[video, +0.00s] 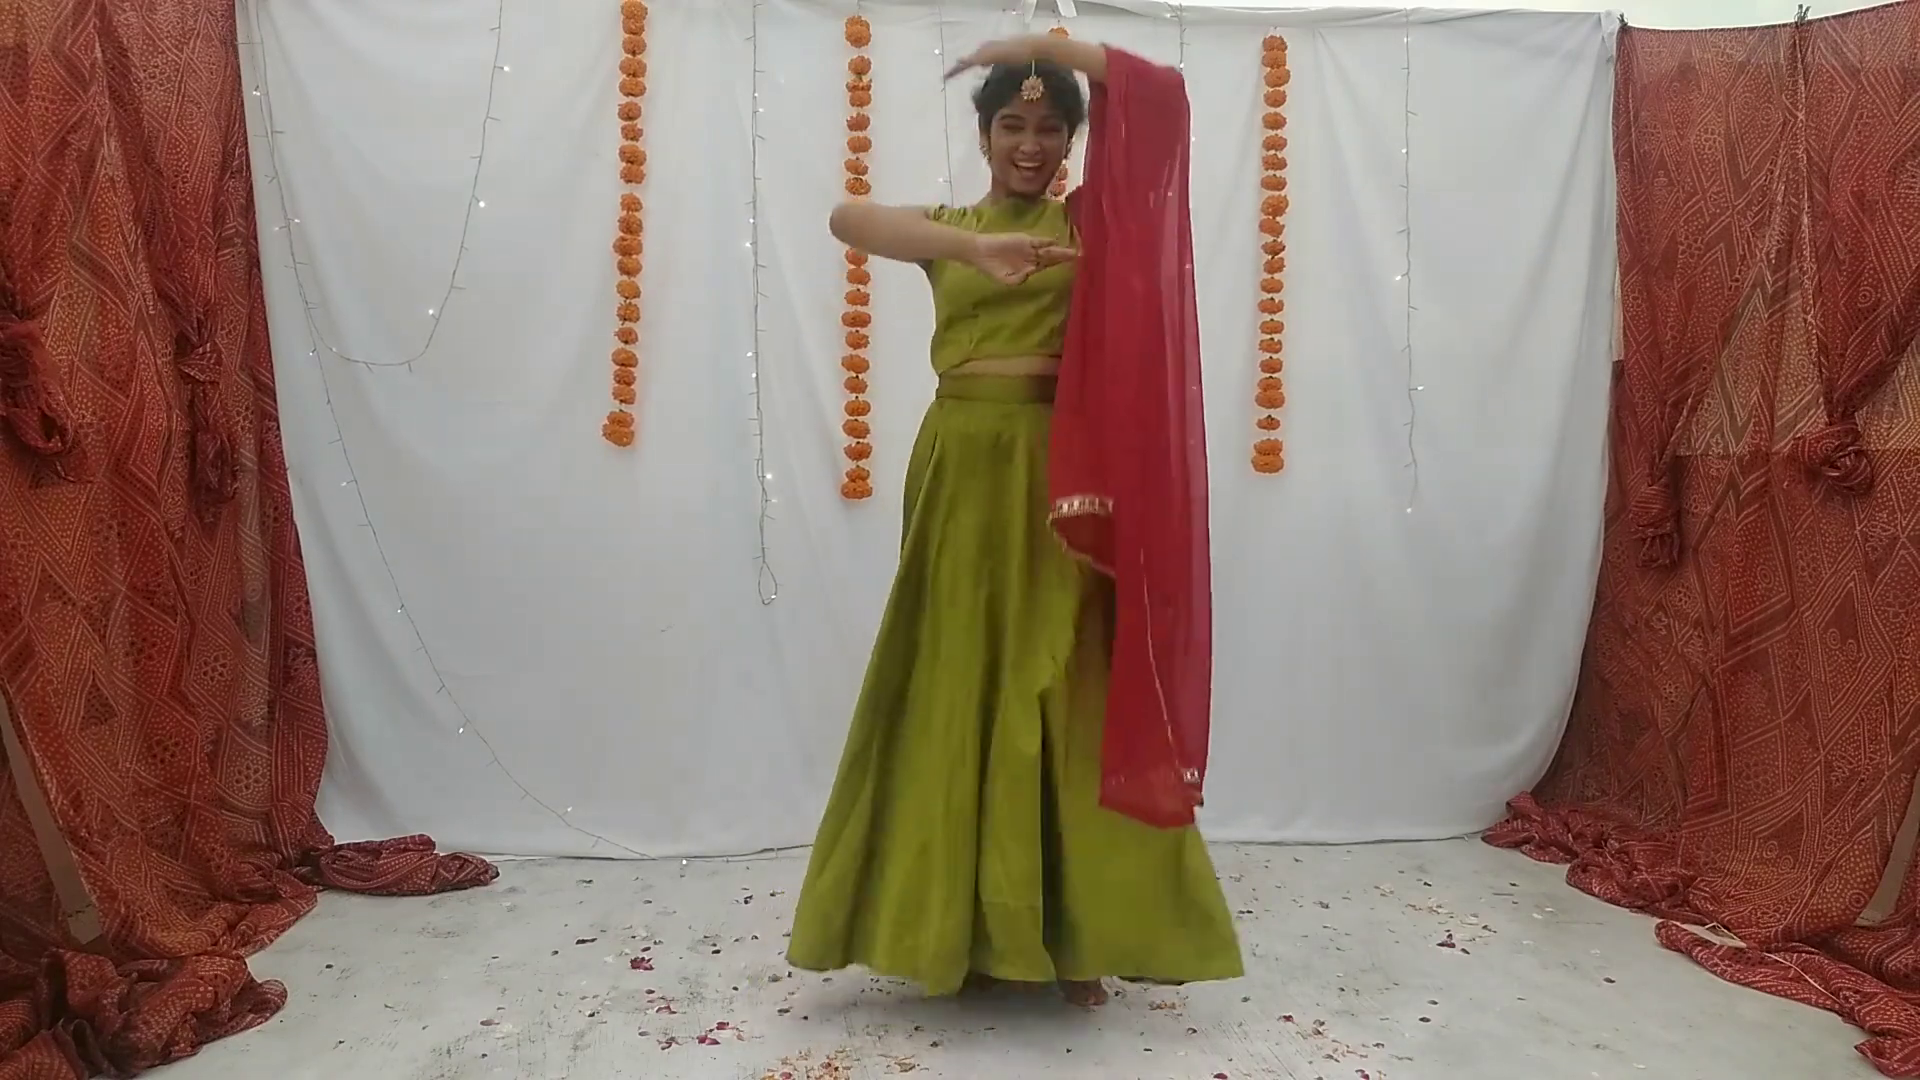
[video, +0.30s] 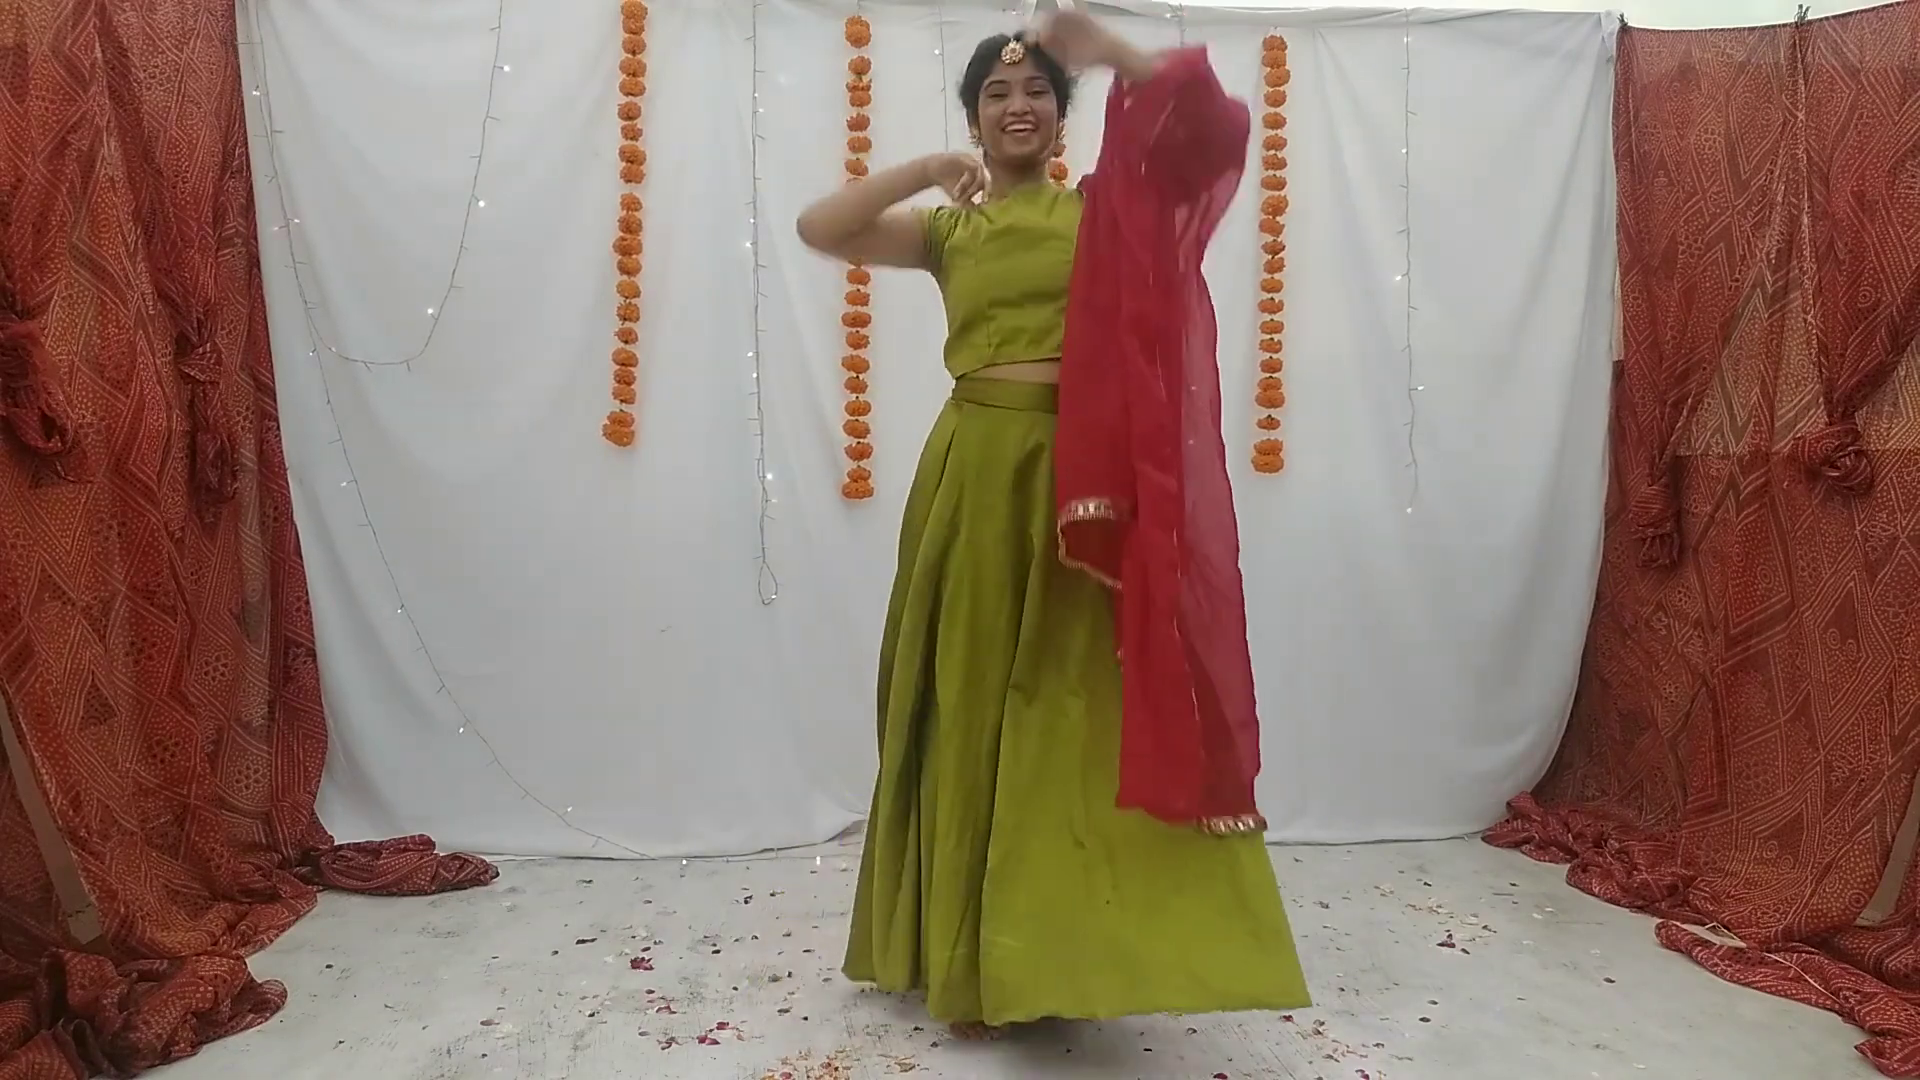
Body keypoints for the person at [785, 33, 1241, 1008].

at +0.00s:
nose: (1032, 144)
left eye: (1050, 127)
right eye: (1014, 126)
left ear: (1074, 138)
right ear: (985, 133)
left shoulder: (1099, 225)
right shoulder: (951, 226)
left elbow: (1162, 94)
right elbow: (848, 219)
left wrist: (1045, 42)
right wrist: (971, 246)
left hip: (1070, 474)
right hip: (967, 470)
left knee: (1071, 697)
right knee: (965, 694)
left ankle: (1074, 933)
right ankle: (973, 930)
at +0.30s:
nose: (1020, 102)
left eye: (1036, 87)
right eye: (1000, 90)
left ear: (1063, 111)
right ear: (977, 118)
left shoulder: (1114, 209)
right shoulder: (951, 228)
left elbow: (1207, 124)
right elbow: (824, 226)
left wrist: (1115, 50)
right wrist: (931, 169)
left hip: (1089, 467)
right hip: (978, 466)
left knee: (1071, 712)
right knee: (970, 711)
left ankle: (1063, 956)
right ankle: (967, 959)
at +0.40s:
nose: (1006, 127)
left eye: (1022, 112)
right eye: (987, 114)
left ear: (1052, 130)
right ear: (960, 139)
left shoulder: (1096, 234)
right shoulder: (941, 252)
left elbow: (1193, 309)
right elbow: (845, 369)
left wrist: (1108, 223)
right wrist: (904, 265)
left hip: (1086, 495)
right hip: (972, 492)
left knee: (1085, 732)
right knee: (969, 730)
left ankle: (1086, 984)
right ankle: (965, 975)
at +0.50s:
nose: (990, 150)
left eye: (1008, 136)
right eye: (970, 139)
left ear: (1039, 163)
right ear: (949, 169)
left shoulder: (1086, 271)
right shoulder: (921, 293)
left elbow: (1197, 380)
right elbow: (916, 444)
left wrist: (1102, 319)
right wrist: (891, 372)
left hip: (1074, 533)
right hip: (959, 529)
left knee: (1082, 757)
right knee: (965, 757)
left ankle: (1080, 992)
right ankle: (960, 987)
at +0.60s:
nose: (987, 157)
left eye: (1004, 143)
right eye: (969, 146)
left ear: (1036, 167)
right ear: (944, 173)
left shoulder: (1082, 275)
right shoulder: (918, 292)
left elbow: (1184, 377)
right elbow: (865, 424)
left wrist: (1236, 300)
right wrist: (766, 393)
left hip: (1057, 522)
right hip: (951, 519)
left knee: (1068, 756)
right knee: (959, 754)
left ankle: (1067, 992)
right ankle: (956, 986)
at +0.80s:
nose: (1021, 112)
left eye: (1036, 97)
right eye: (1000, 102)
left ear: (1062, 119)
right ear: (973, 130)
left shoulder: (1072, 238)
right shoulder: (971, 223)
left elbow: (1127, 375)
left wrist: (1228, 419)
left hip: (1041, 488)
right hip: (967, 479)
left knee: (1043, 722)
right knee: (969, 725)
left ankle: (1026, 963)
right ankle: (953, 972)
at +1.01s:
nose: (1085, 132)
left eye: (1083, 116)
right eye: (1065, 120)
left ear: (1014, 156)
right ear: (1014, 148)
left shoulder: (971, 239)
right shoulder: (1052, 238)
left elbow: (887, 322)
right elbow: (1171, 254)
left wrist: (802, 358)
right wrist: (1289, 237)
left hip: (939, 480)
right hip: (1006, 488)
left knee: (947, 712)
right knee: (1005, 716)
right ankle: (963, 959)